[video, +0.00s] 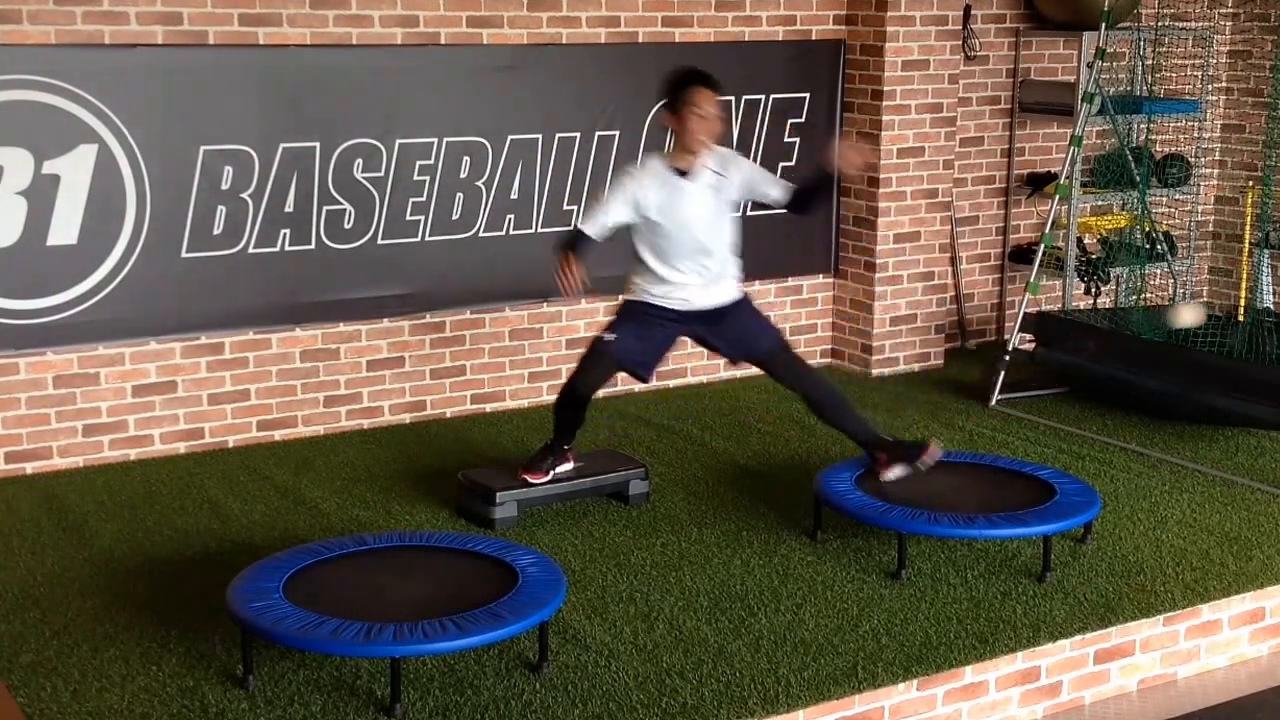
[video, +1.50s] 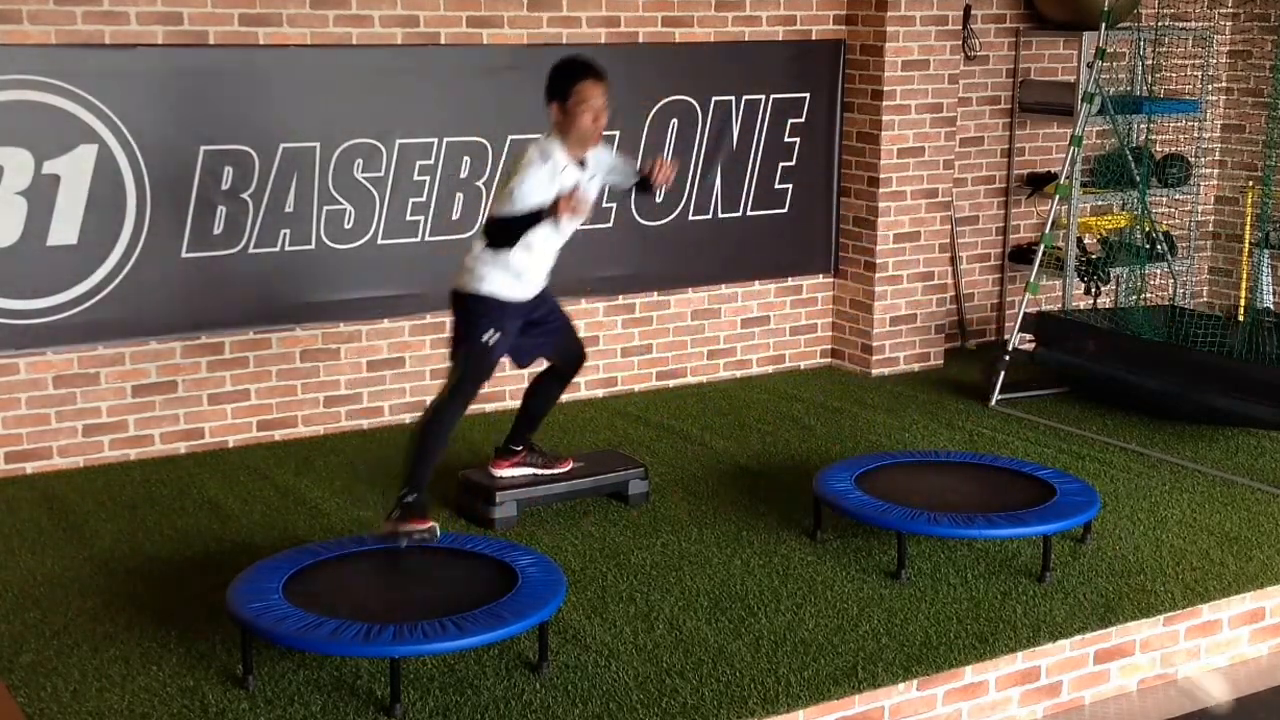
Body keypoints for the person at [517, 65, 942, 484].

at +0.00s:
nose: (713, 121)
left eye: (717, 112)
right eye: (701, 112)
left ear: (722, 120)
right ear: (673, 119)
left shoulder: (731, 169)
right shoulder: (641, 180)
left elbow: (795, 200)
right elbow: (586, 231)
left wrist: (830, 170)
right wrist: (569, 257)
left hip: (723, 304)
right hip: (653, 305)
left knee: (798, 374)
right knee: (580, 383)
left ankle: (883, 452)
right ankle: (559, 451)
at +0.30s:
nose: (602, 35)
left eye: (610, 26)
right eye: (592, 24)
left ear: (618, 31)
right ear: (569, 28)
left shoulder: (633, 85)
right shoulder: (541, 83)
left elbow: (706, 110)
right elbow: (475, 136)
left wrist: (693, 73)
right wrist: (483, 122)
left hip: (608, 249)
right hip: (546, 249)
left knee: (627, 343)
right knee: (509, 360)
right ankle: (522, 429)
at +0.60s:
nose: (511, 161)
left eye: (519, 149)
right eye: (499, 150)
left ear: (528, 149)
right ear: (474, 152)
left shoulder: (535, 194)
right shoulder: (462, 203)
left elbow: (601, 243)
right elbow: (459, 271)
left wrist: (598, 230)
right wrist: (478, 329)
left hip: (494, 333)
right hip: (438, 334)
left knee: (537, 396)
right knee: (407, 431)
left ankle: (513, 450)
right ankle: (371, 552)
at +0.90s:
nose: (454, 296)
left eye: (459, 282)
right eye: (439, 286)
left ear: (466, 274)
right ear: (408, 286)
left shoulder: (482, 295)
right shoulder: (397, 346)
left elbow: (542, 306)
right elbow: (412, 451)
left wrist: (549, 347)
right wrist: (423, 550)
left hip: (446, 383)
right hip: (380, 389)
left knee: (493, 425)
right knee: (362, 445)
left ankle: (513, 451)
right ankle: (367, 557)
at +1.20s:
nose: (507, 234)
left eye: (510, 222)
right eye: (494, 226)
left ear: (514, 223)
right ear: (460, 233)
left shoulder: (510, 257)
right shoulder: (447, 286)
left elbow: (536, 274)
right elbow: (465, 343)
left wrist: (563, 292)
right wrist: (512, 402)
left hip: (448, 353)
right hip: (390, 357)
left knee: (504, 397)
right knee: (405, 425)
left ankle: (514, 449)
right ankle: (374, 553)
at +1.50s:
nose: (600, 120)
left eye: (604, 109)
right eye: (589, 109)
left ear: (608, 111)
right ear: (558, 113)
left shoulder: (597, 157)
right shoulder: (538, 162)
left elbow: (629, 181)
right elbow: (495, 232)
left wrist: (649, 179)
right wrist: (550, 212)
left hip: (531, 293)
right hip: (487, 293)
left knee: (569, 358)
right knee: (463, 386)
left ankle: (514, 451)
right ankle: (410, 503)